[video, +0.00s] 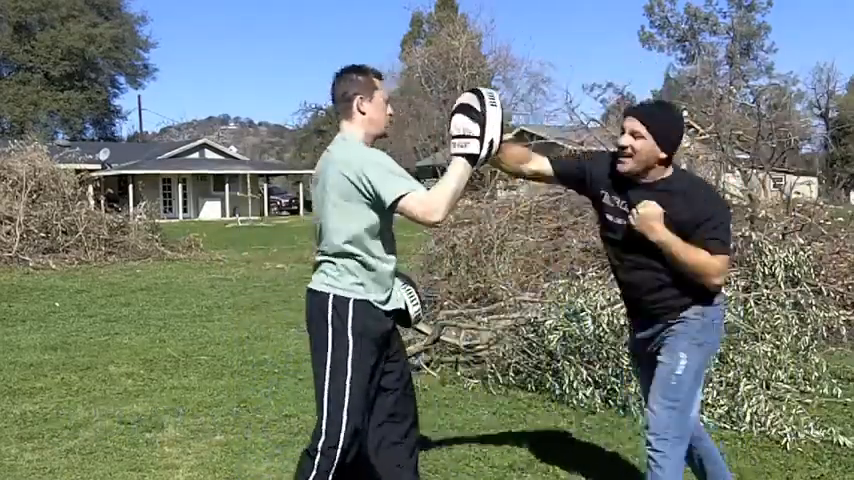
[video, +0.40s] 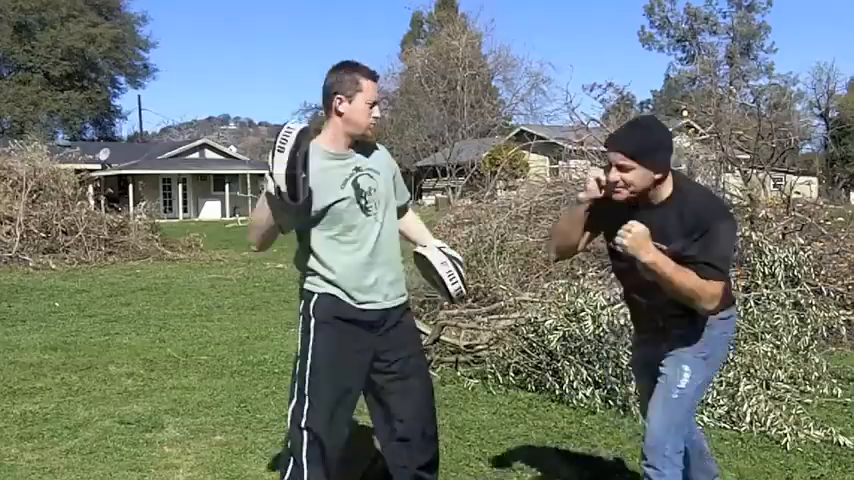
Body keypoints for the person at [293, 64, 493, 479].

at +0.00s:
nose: (390, 111)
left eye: (389, 102)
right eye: (385, 101)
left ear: (354, 106)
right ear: (360, 104)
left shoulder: (337, 157)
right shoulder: (362, 159)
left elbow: (346, 235)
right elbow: (431, 210)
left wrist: (387, 281)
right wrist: (466, 154)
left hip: (369, 302)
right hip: (345, 302)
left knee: (393, 423)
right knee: (340, 428)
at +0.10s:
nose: (381, 121)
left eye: (380, 114)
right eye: (377, 111)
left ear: (343, 107)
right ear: (358, 106)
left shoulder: (359, 161)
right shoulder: (325, 163)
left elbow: (377, 237)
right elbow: (372, 212)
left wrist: (403, 274)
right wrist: (376, 155)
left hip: (385, 300)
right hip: (347, 300)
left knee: (405, 424)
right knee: (338, 427)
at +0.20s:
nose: (381, 114)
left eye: (380, 105)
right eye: (374, 105)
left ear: (349, 106)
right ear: (345, 105)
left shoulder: (376, 160)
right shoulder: (315, 164)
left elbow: (386, 220)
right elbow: (276, 223)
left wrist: (411, 255)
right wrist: (288, 155)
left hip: (396, 304)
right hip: (345, 305)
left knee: (415, 422)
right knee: (333, 426)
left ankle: (410, 474)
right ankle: (315, 476)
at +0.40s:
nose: (379, 114)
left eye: (379, 104)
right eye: (372, 104)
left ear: (345, 105)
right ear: (340, 105)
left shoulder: (379, 156)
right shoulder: (304, 160)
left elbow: (401, 212)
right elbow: (259, 239)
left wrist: (433, 247)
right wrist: (276, 183)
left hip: (393, 312)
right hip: (334, 312)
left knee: (415, 434)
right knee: (318, 435)